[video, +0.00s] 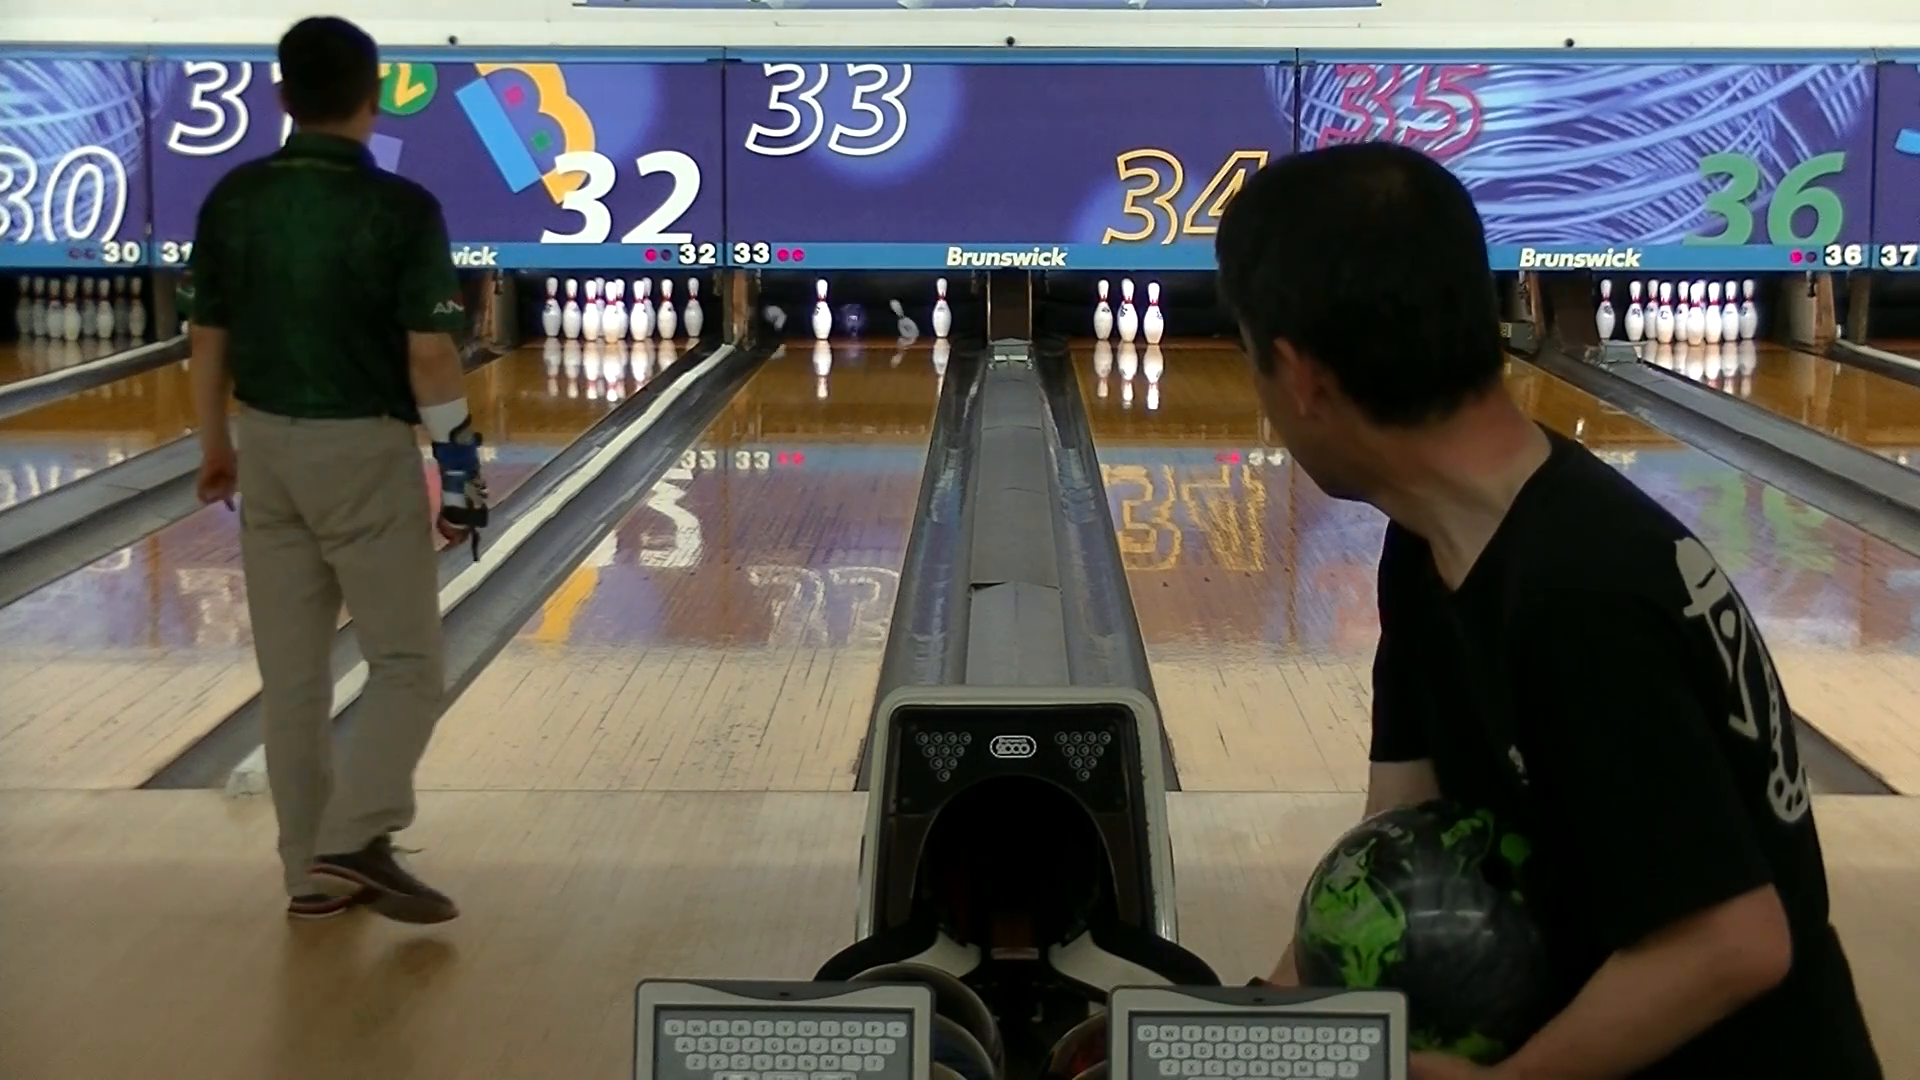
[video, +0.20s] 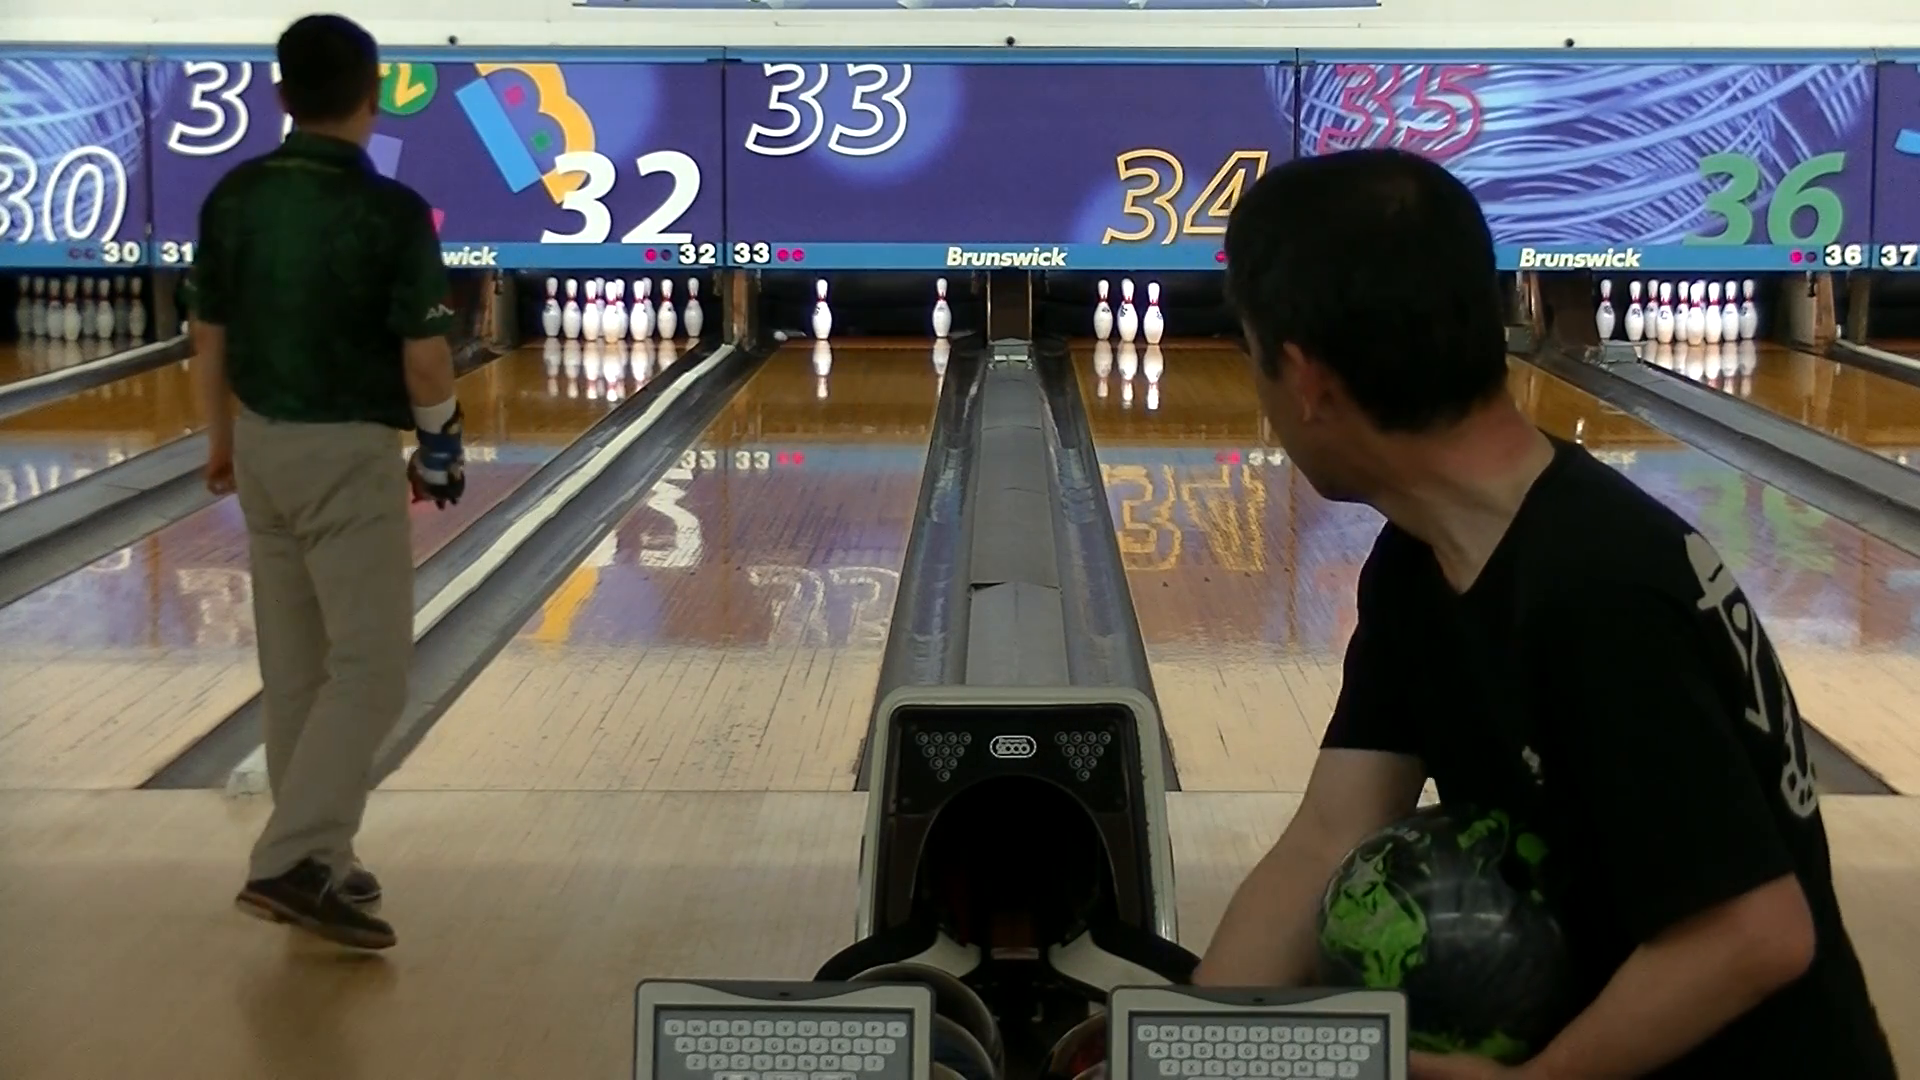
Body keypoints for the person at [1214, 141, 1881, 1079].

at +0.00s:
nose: (1266, 405)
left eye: (1254, 366)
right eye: (1252, 366)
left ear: (1298, 373)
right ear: (1455, 311)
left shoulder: (1585, 584)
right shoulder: (1426, 543)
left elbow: (1736, 941)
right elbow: (1403, 840)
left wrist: (1499, 1075)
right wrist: (1286, 996)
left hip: (1758, 1064)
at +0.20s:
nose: (1265, 403)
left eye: (1254, 365)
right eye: (1252, 364)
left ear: (1306, 378)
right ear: (1463, 319)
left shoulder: (1601, 582)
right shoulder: (1418, 554)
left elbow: (1758, 931)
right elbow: (1326, 845)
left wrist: (1531, 1073)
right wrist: (1188, 1044)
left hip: (1774, 1064)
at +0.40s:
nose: (1309, 373)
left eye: (1303, 344)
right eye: (1302, 342)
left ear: (1353, 358)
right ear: (1511, 306)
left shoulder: (1607, 585)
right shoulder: (1493, 536)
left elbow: (1753, 938)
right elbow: (1442, 820)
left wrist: (1526, 1071)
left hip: (1786, 1062)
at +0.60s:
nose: (1412, 328)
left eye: (1410, 295)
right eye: (1410, 294)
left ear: (1447, 325)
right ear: (1621, 286)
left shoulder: (1621, 586)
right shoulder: (1723, 488)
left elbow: (1731, 943)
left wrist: (1517, 1061)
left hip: (1763, 1051)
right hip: (1859, 1015)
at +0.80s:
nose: (1553, 296)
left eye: (1557, 266)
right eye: (1559, 263)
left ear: (1591, 296)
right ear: (1782, 266)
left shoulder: (1674, 564)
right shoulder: (1890, 480)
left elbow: (1735, 923)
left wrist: (1549, 1031)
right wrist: (1660, 819)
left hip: (1749, 1056)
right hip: (1902, 1031)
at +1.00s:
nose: (1704, 278)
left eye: (1703, 249)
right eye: (1702, 248)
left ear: (1734, 272)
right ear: (1913, 242)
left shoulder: (1738, 547)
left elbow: (1725, 906)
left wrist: (1580, 996)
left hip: (1792, 1053)